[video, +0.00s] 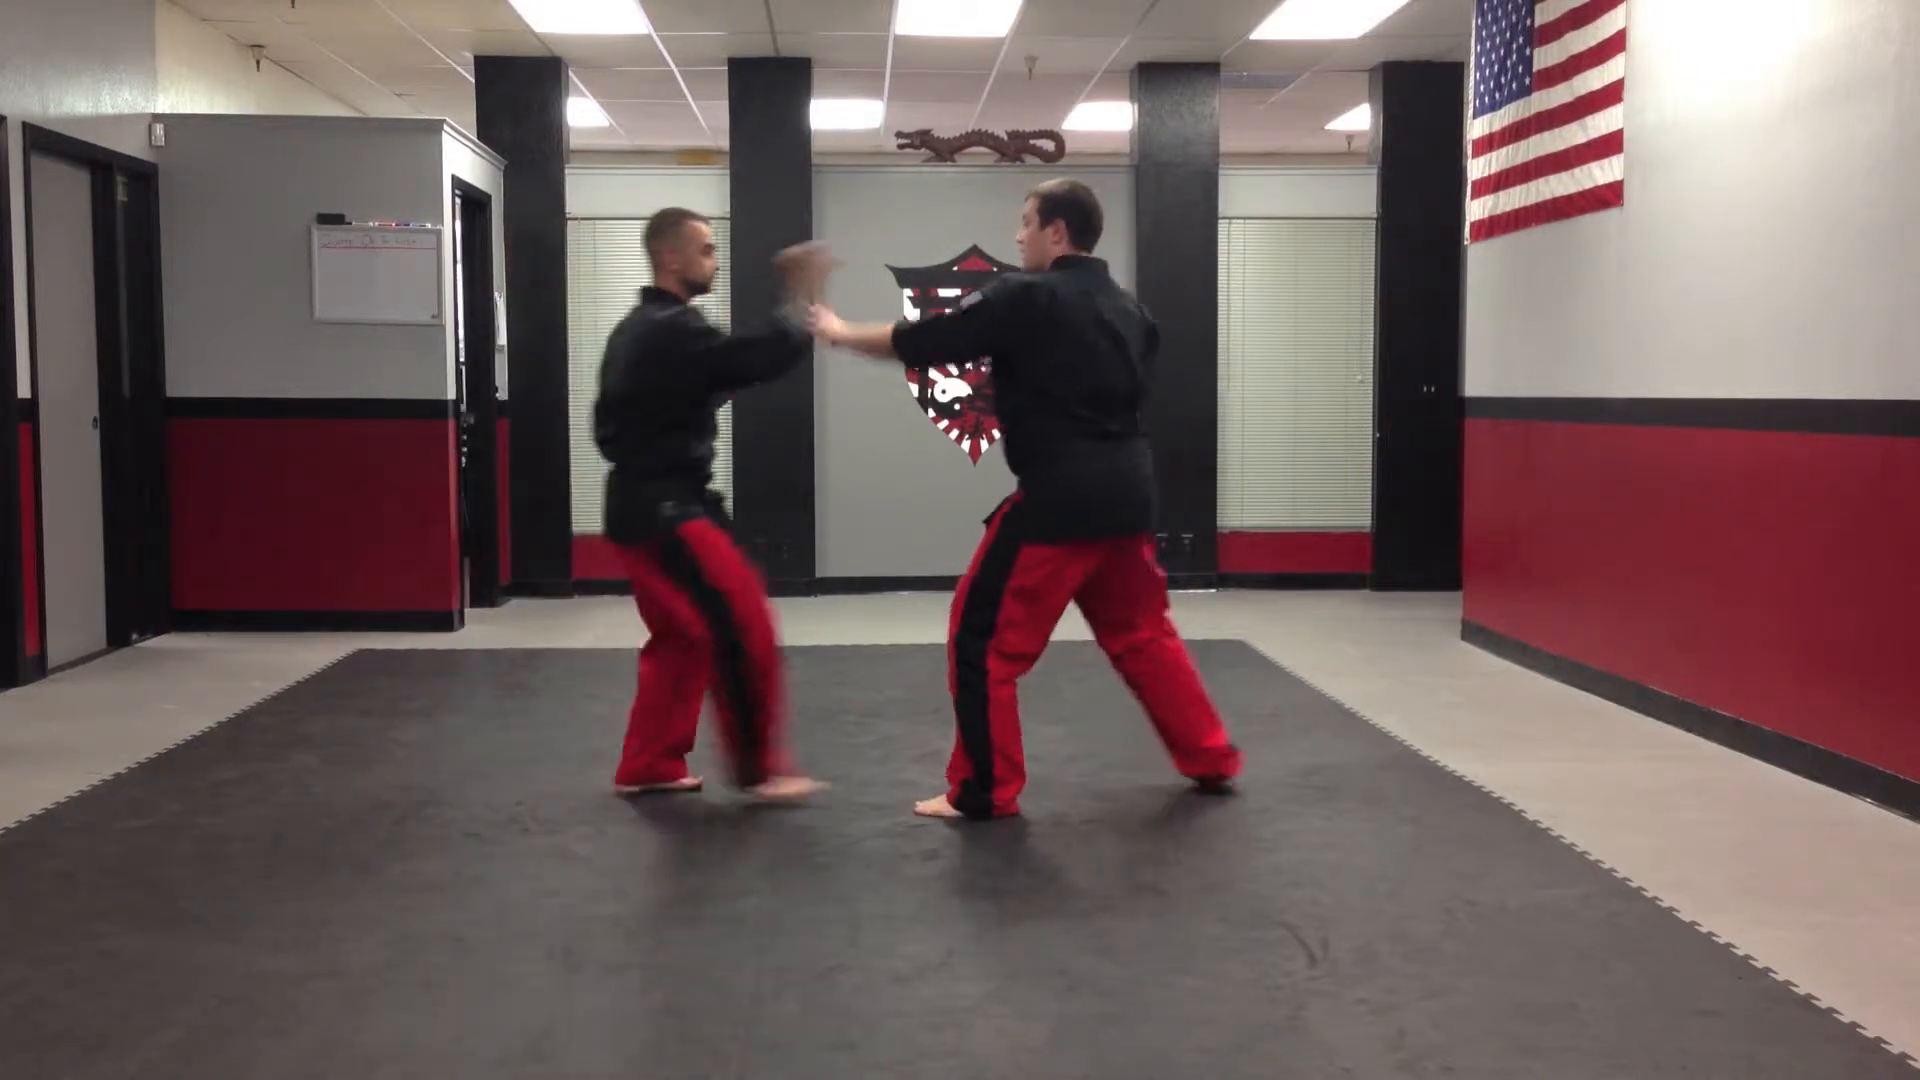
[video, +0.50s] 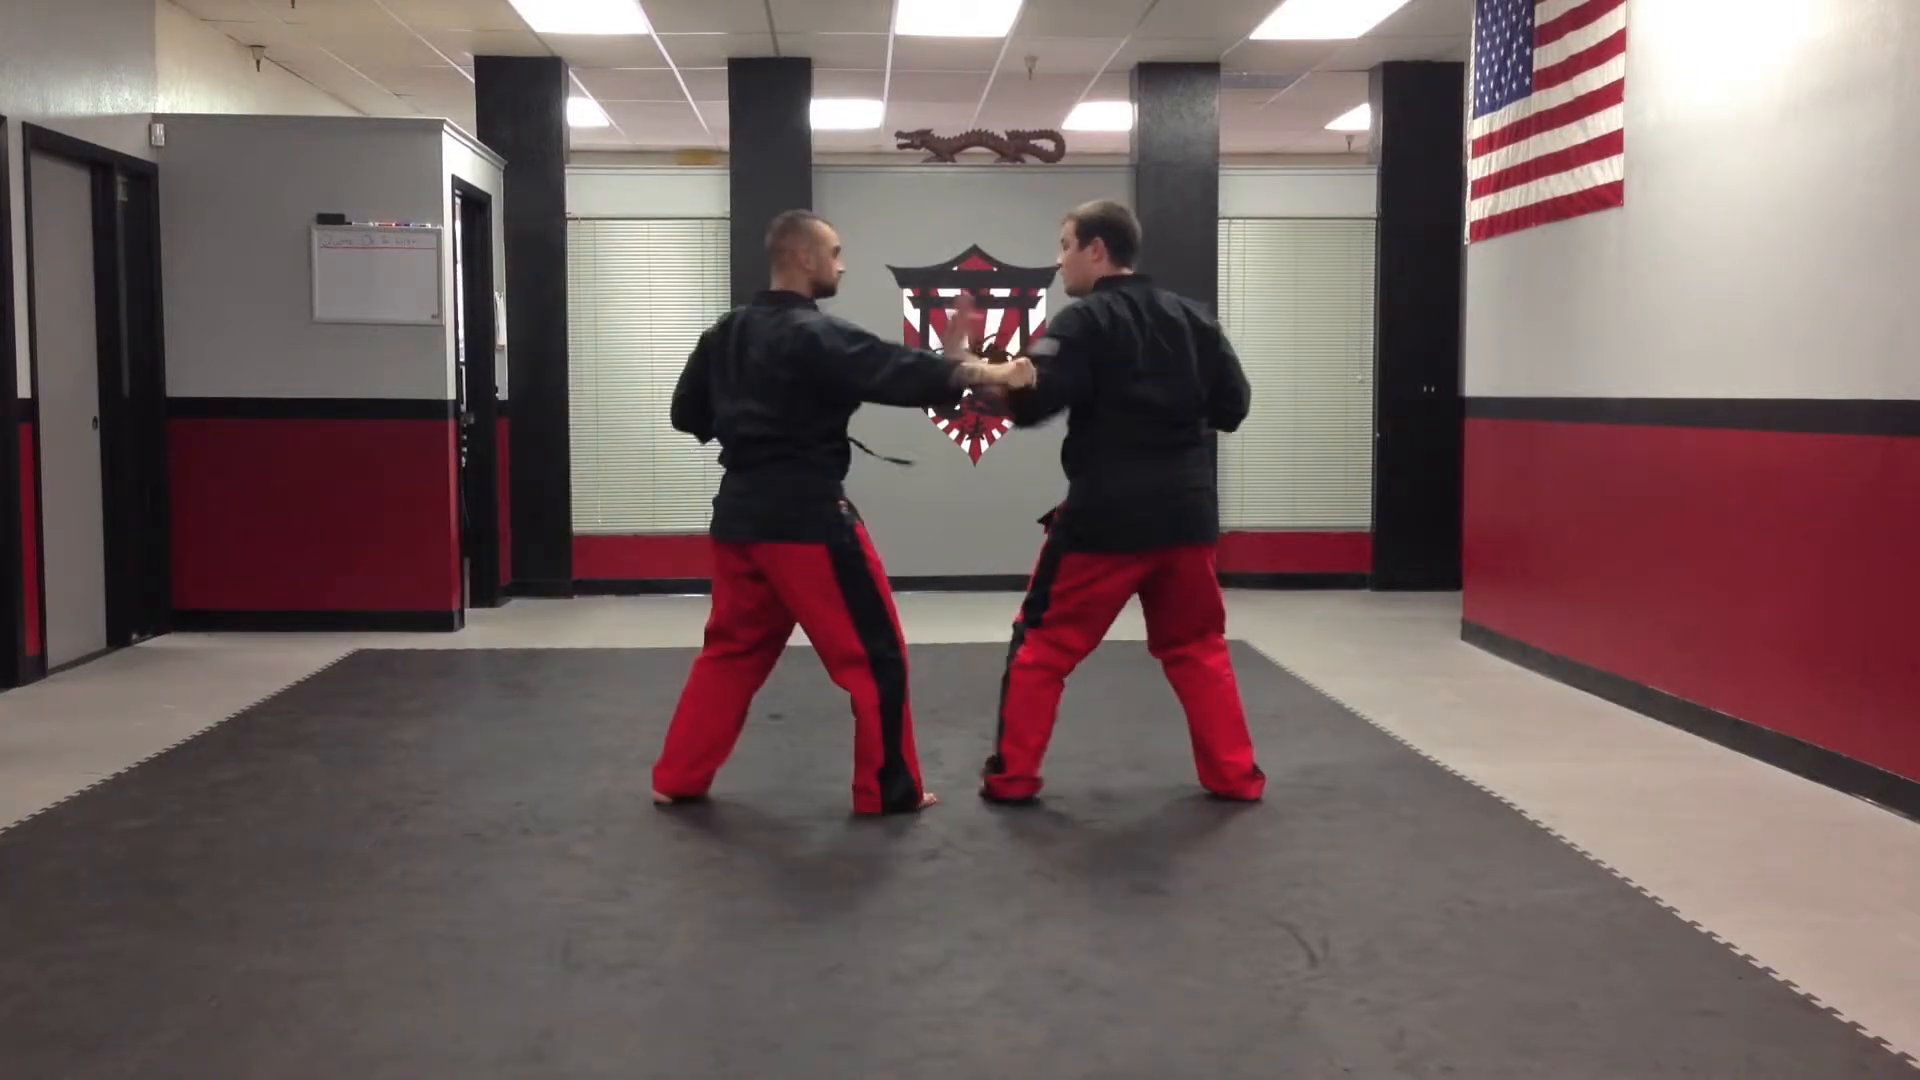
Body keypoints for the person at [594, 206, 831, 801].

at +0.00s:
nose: (715, 261)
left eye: (713, 249)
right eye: (704, 250)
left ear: (665, 260)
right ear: (667, 257)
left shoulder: (633, 330)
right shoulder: (675, 331)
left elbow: (611, 430)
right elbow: (751, 362)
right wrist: (798, 315)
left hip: (636, 511)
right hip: (672, 510)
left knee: (679, 636)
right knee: (743, 619)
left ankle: (649, 765)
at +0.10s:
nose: (755, 262)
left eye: (752, 251)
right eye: (744, 252)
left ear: (698, 263)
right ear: (707, 259)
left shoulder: (650, 333)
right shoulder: (727, 320)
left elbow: (640, 423)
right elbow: (808, 313)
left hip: (659, 516)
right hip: (711, 518)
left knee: (680, 641)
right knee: (780, 637)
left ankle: (649, 766)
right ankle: (851, 766)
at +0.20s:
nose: (790, 271)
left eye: (786, 259)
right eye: (780, 260)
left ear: (728, 268)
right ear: (749, 268)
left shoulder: (680, 340)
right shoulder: (777, 323)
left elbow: (636, 426)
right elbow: (851, 300)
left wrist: (701, 407)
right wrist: (934, 261)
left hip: (699, 527)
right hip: (762, 531)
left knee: (702, 648)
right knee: (830, 661)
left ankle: (651, 765)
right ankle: (884, 790)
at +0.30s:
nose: (813, 270)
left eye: (812, 260)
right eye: (806, 260)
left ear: (753, 269)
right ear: (774, 265)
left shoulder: (704, 338)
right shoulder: (796, 328)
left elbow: (668, 428)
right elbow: (865, 329)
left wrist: (734, 425)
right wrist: (925, 308)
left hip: (722, 524)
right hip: (790, 524)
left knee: (731, 647)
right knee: (865, 650)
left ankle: (665, 766)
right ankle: (890, 791)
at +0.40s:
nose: (832, 266)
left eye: (830, 254)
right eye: (824, 255)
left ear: (771, 262)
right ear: (790, 261)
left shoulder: (720, 335)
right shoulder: (814, 332)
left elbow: (680, 419)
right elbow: (893, 355)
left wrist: (741, 420)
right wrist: (963, 362)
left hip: (733, 519)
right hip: (805, 522)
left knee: (738, 649)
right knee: (872, 654)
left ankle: (685, 780)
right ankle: (890, 791)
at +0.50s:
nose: (842, 264)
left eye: (839, 253)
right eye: (833, 253)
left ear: (780, 261)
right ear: (801, 260)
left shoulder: (726, 334)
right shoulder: (820, 335)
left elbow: (688, 412)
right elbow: (897, 369)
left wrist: (750, 419)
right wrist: (983, 371)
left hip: (738, 520)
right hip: (810, 522)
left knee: (732, 648)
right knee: (875, 656)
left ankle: (678, 778)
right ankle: (889, 792)